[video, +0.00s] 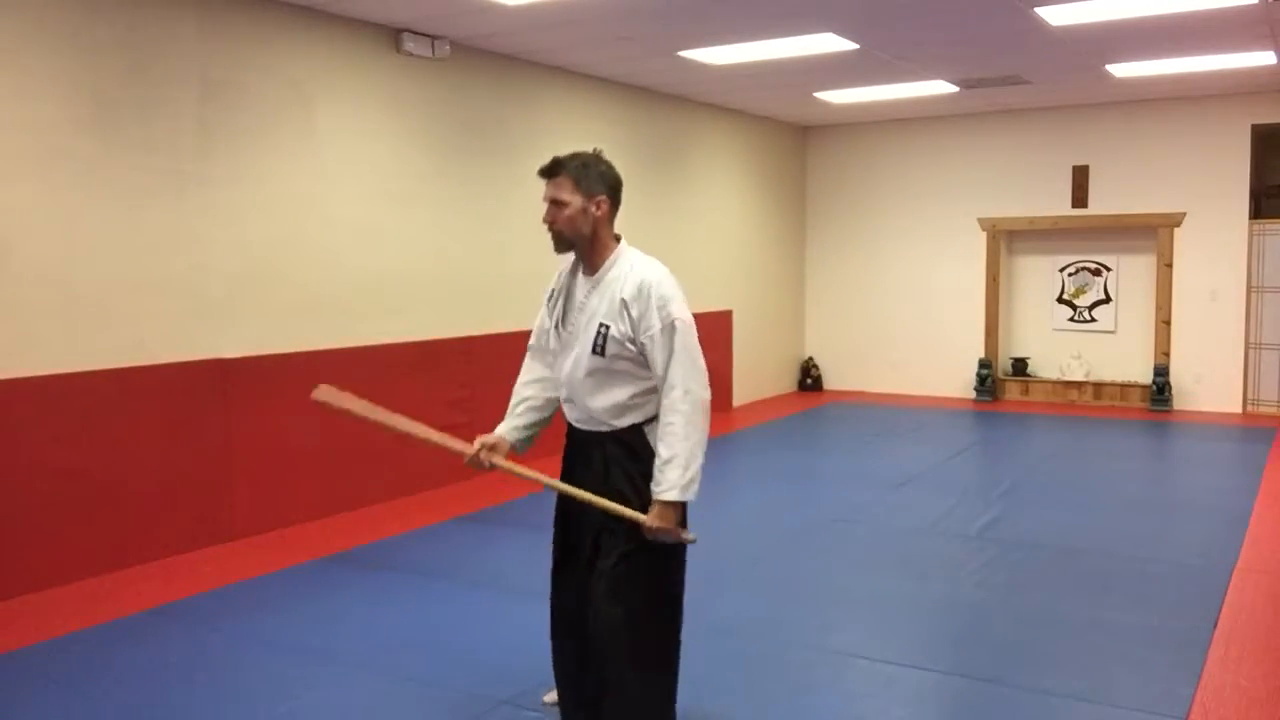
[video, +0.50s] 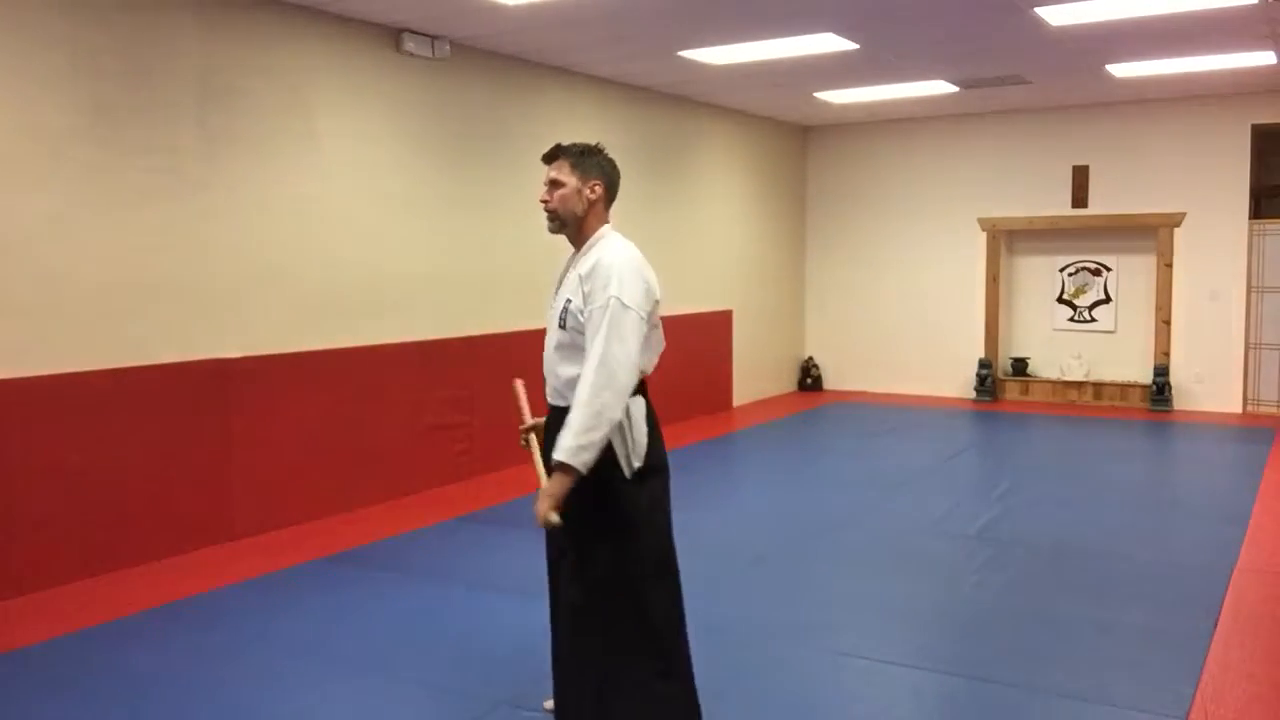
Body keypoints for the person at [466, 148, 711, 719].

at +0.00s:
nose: (545, 217)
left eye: (557, 205)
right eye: (545, 204)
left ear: (600, 208)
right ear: (587, 209)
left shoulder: (649, 284)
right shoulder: (566, 280)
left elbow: (688, 391)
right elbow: (543, 367)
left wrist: (670, 495)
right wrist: (508, 434)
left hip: (635, 458)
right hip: (581, 453)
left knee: (631, 613)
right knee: (575, 602)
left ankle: (633, 712)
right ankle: (582, 703)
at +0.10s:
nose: (548, 207)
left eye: (559, 195)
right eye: (547, 195)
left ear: (600, 199)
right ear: (586, 201)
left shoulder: (646, 277)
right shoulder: (575, 273)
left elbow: (672, 389)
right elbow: (558, 359)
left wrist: (651, 494)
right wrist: (522, 421)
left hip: (632, 452)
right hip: (582, 446)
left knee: (631, 603)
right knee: (578, 591)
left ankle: (638, 707)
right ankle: (590, 695)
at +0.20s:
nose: (549, 200)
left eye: (560, 189)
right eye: (549, 189)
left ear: (601, 193)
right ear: (592, 195)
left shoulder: (639, 274)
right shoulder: (582, 267)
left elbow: (652, 388)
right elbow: (577, 364)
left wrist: (629, 491)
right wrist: (536, 415)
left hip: (625, 447)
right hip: (581, 443)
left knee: (630, 608)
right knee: (581, 598)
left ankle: (637, 708)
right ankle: (583, 701)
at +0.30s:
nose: (548, 195)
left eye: (560, 185)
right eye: (548, 184)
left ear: (600, 191)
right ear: (584, 193)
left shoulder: (633, 270)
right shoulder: (584, 265)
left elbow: (634, 386)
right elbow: (590, 366)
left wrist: (603, 482)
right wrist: (548, 413)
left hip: (625, 446)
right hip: (583, 437)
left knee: (630, 601)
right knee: (584, 595)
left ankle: (638, 707)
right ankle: (585, 700)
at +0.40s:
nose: (547, 195)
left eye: (558, 184)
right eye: (547, 184)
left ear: (597, 191)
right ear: (588, 194)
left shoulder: (625, 268)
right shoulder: (588, 263)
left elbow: (622, 383)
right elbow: (597, 368)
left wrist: (581, 478)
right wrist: (554, 416)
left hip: (621, 449)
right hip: (586, 439)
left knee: (625, 600)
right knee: (589, 594)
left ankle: (632, 706)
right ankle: (587, 699)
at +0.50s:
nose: (544, 196)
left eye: (556, 186)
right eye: (545, 185)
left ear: (594, 192)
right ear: (584, 195)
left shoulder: (617, 266)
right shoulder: (584, 261)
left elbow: (607, 380)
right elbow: (588, 363)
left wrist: (563, 474)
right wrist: (555, 418)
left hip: (613, 446)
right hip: (580, 438)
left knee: (622, 598)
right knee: (585, 592)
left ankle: (633, 706)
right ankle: (586, 698)